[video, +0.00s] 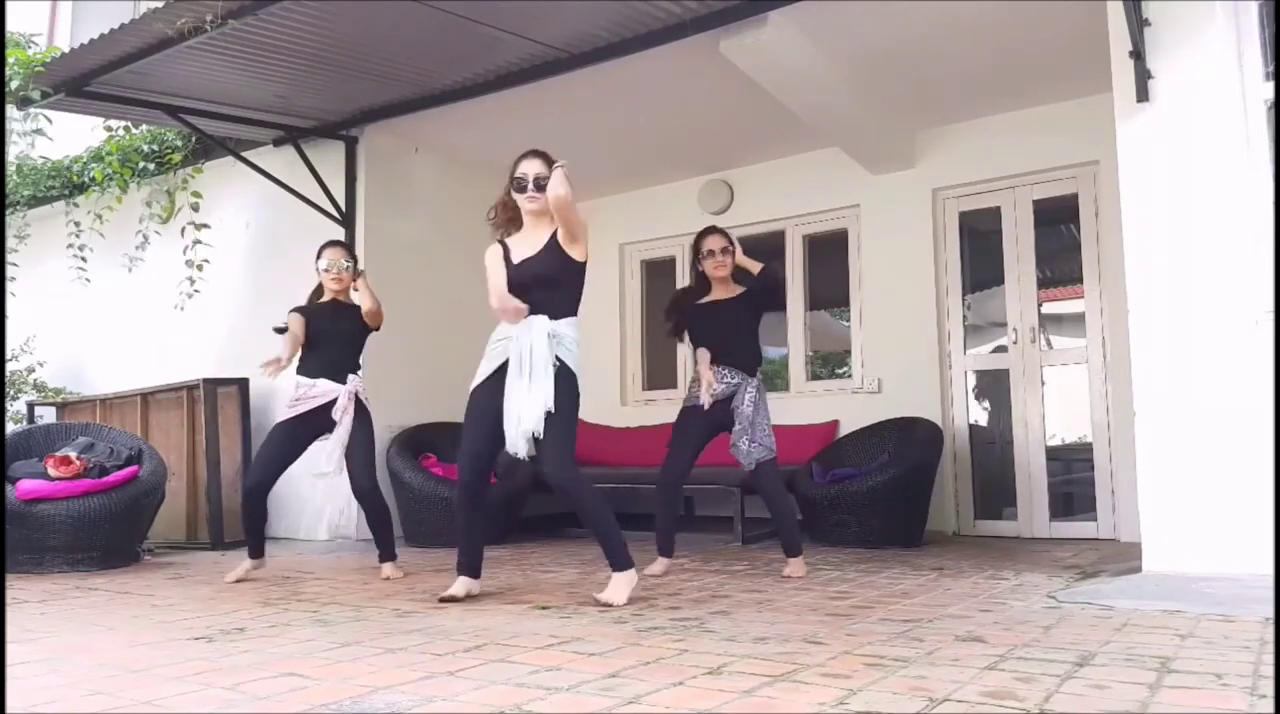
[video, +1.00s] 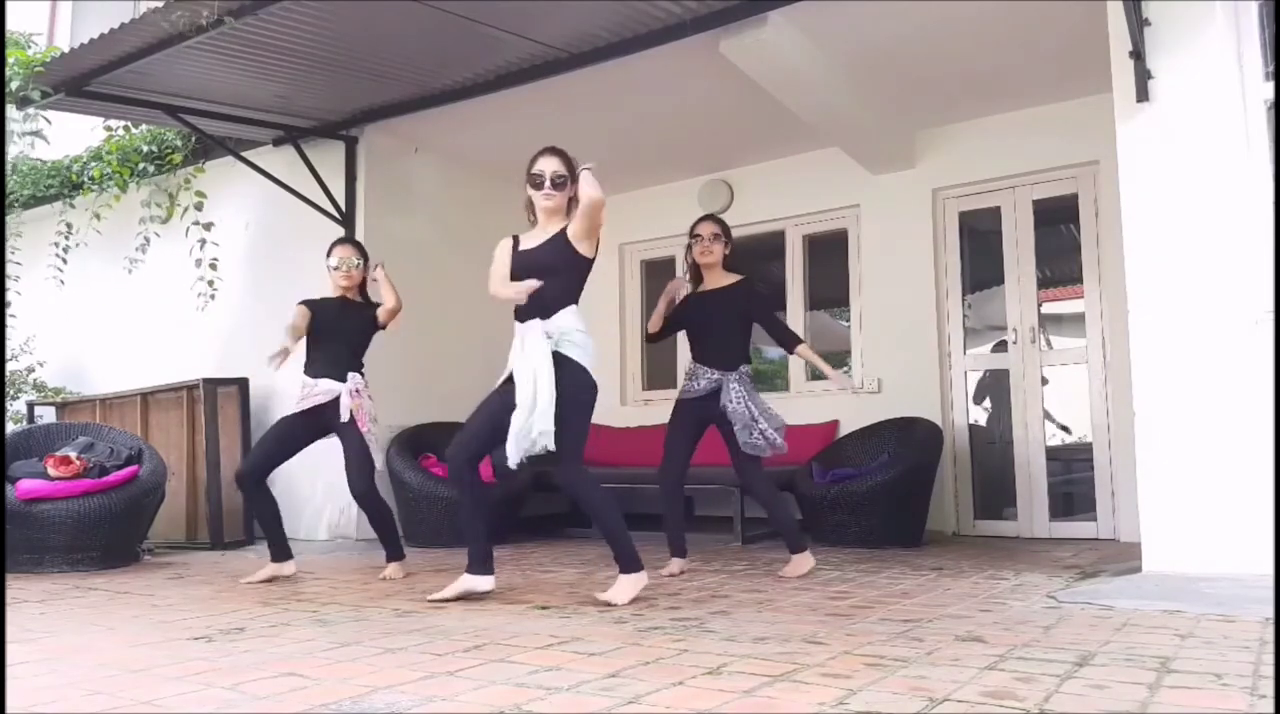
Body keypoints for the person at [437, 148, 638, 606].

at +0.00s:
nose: (530, 190)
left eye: (538, 183)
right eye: (521, 183)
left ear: (552, 190)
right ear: (510, 191)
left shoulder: (570, 235)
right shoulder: (498, 249)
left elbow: (559, 196)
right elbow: (499, 300)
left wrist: (559, 170)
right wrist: (516, 309)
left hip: (555, 357)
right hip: (505, 355)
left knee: (556, 466)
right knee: (472, 461)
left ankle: (624, 569)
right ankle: (468, 574)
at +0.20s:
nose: (516, 197)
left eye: (525, 190)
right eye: (506, 192)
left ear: (541, 197)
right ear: (496, 201)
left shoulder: (560, 247)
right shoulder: (481, 257)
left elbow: (592, 209)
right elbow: (431, 295)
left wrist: (558, 179)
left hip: (543, 373)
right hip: (486, 372)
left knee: (568, 469)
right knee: (473, 482)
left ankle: (600, 573)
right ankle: (468, 576)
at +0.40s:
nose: (527, 189)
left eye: (537, 182)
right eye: (518, 183)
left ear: (553, 187)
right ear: (508, 189)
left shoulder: (569, 239)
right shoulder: (486, 241)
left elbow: (603, 210)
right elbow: (428, 282)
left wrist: (566, 173)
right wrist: (382, 268)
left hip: (553, 363)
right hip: (497, 362)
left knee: (584, 465)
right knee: (476, 470)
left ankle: (589, 573)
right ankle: (468, 575)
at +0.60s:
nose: (555, 185)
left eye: (564, 179)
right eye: (546, 178)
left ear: (577, 186)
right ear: (535, 185)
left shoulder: (587, 237)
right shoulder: (514, 241)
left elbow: (606, 210)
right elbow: (491, 294)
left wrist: (585, 170)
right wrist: (519, 321)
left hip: (576, 362)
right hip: (526, 363)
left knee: (582, 470)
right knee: (458, 454)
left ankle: (633, 577)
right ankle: (479, 567)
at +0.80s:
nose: (563, 194)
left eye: (573, 187)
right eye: (555, 186)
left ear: (588, 194)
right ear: (543, 193)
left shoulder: (592, 241)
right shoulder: (530, 243)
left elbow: (630, 201)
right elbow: (499, 262)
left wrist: (601, 176)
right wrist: (550, 224)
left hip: (580, 362)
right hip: (536, 368)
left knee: (577, 471)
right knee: (480, 456)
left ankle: (636, 576)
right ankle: (476, 572)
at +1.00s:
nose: (548, 187)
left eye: (557, 180)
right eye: (539, 180)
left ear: (571, 188)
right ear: (527, 187)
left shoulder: (581, 233)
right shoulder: (511, 243)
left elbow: (592, 198)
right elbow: (496, 287)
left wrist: (586, 174)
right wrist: (519, 289)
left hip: (568, 364)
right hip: (525, 366)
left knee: (568, 470)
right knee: (460, 454)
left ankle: (632, 571)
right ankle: (479, 571)